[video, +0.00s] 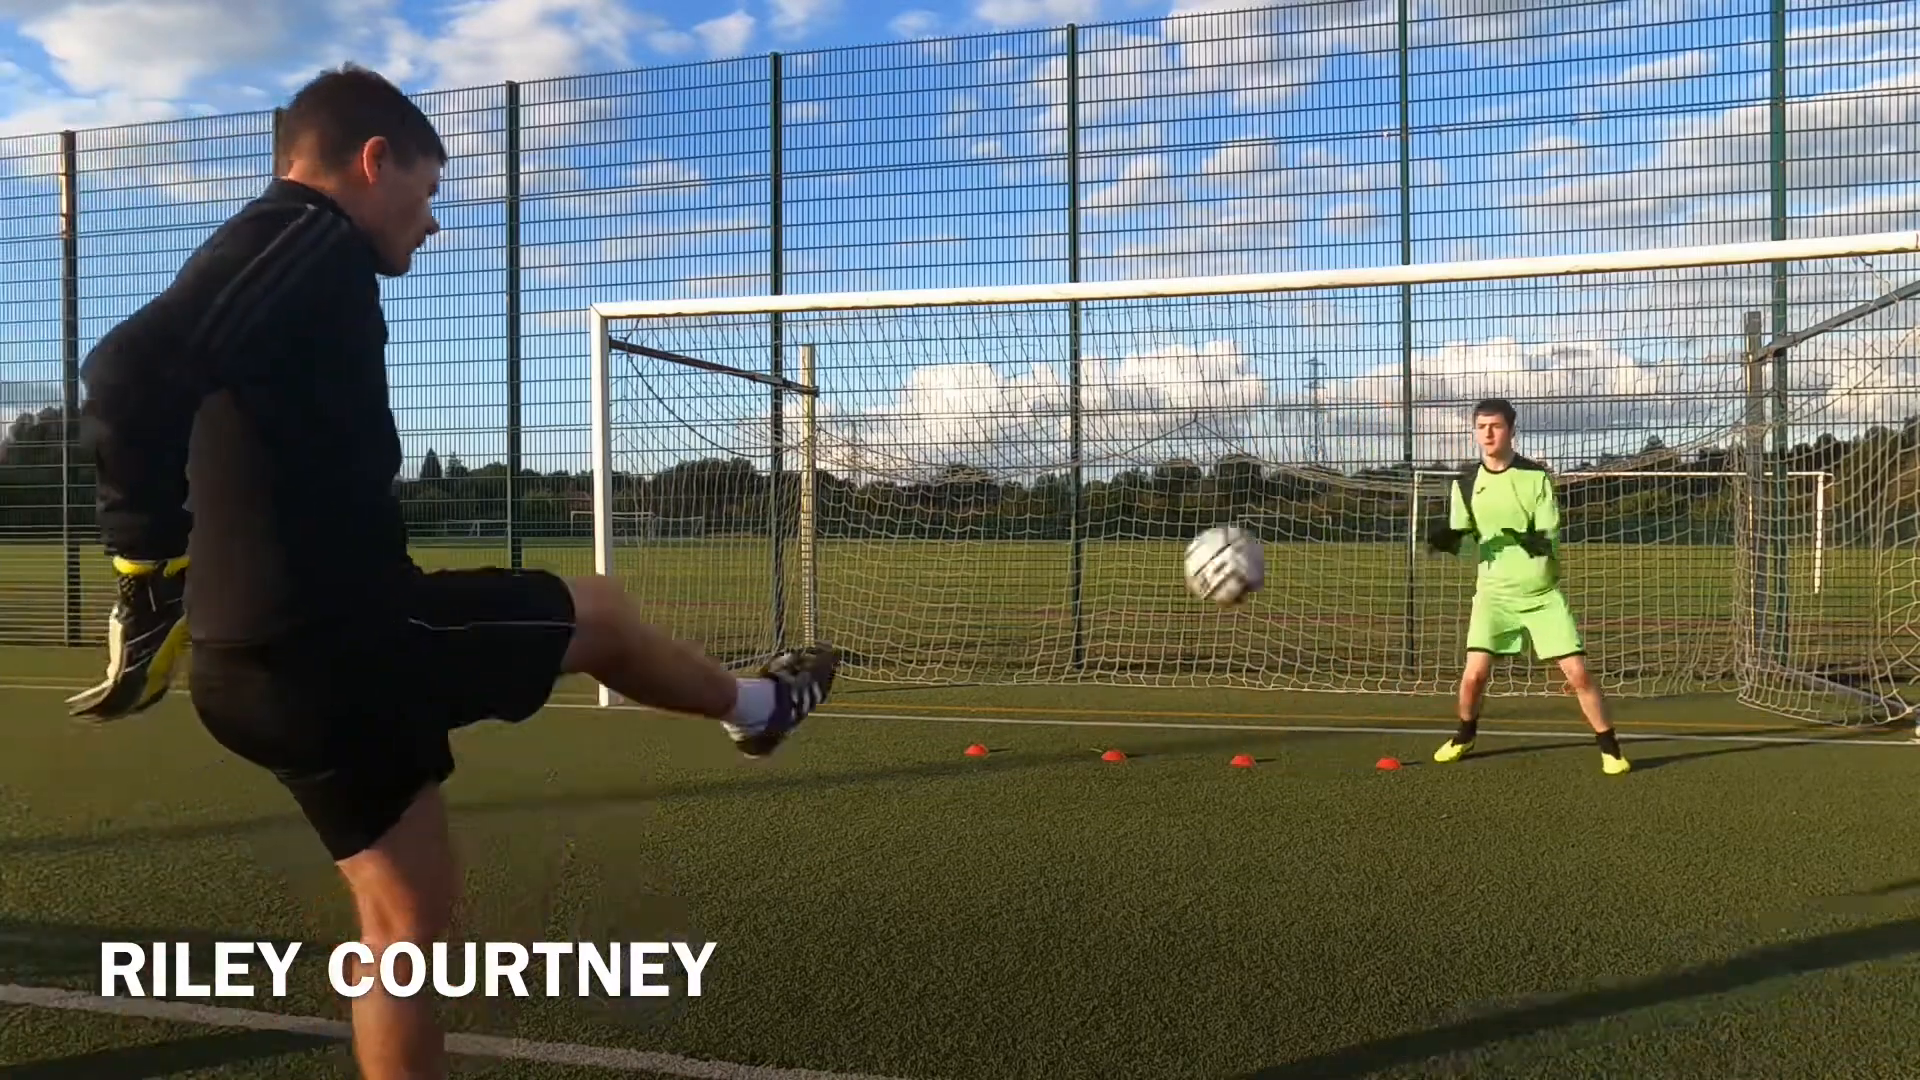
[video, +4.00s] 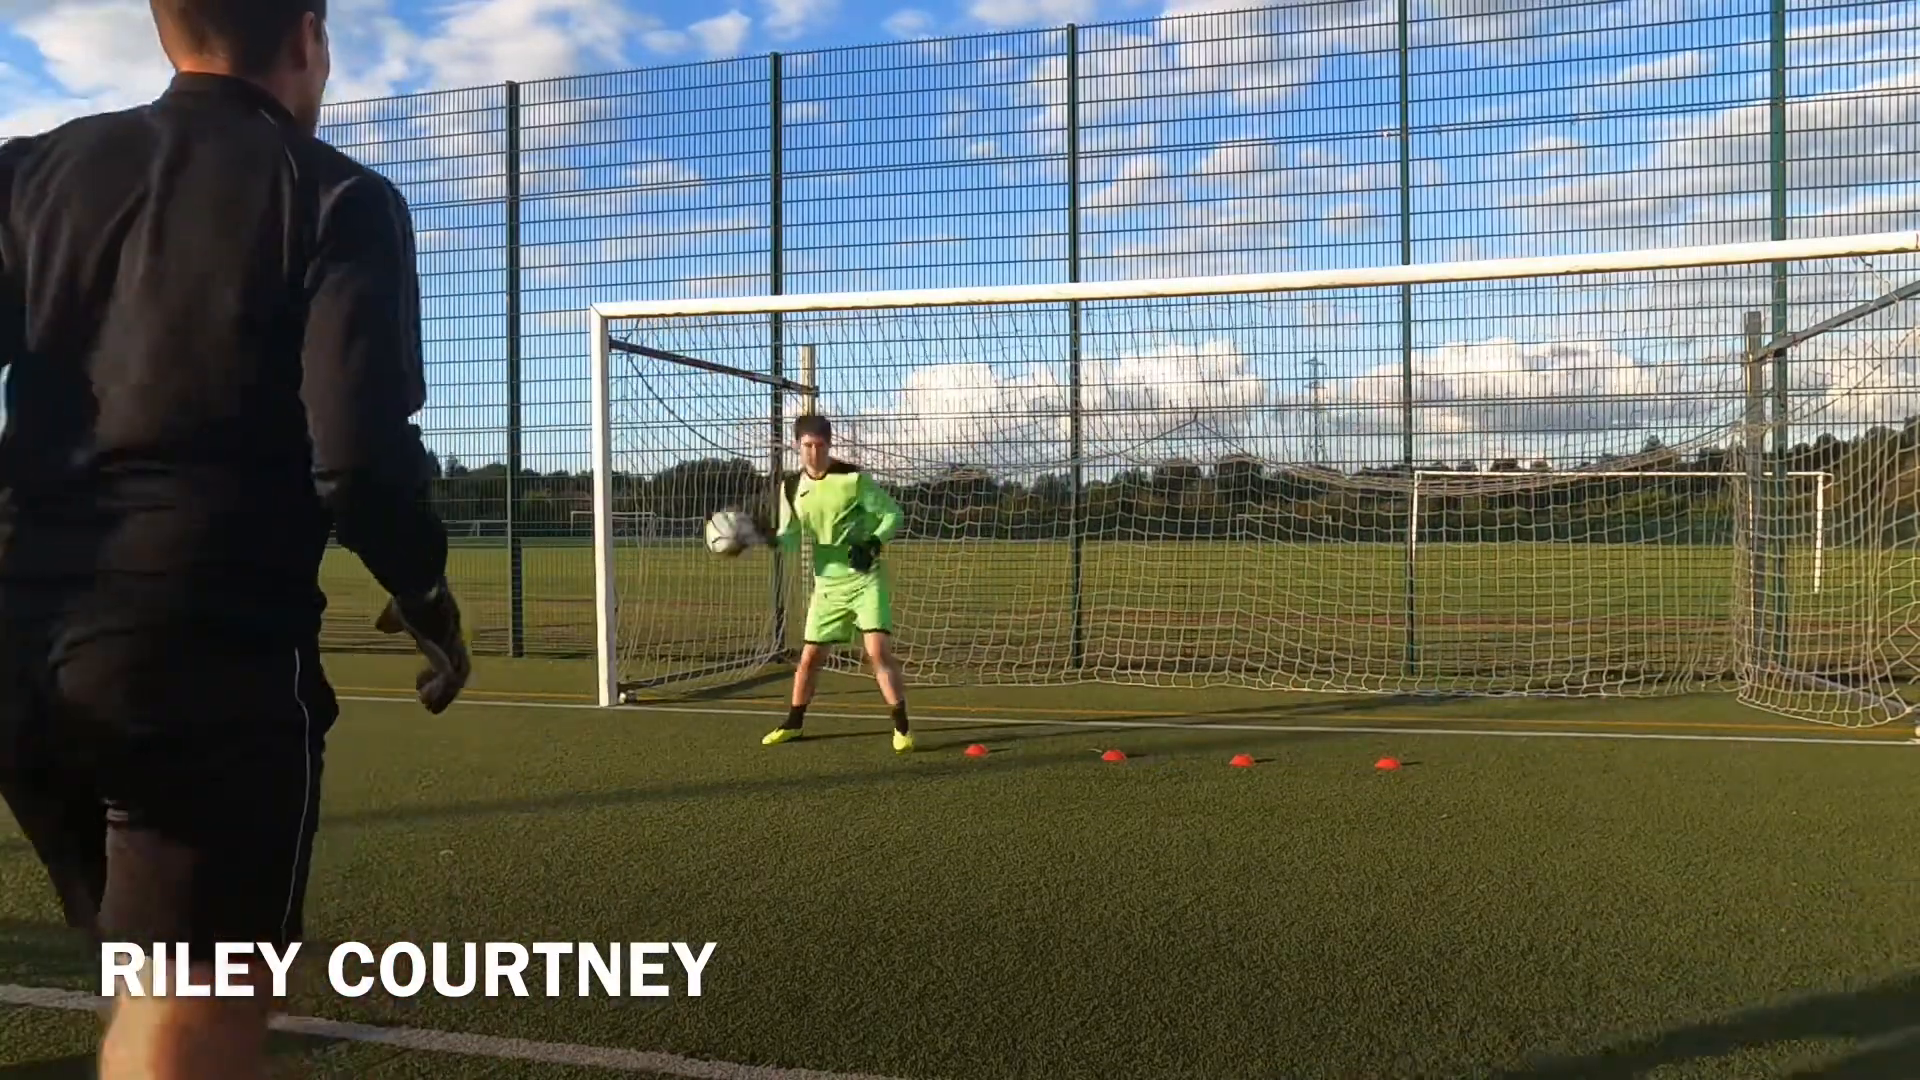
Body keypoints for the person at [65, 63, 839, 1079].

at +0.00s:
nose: (432, 219)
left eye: (434, 196)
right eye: (426, 189)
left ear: (339, 164)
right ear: (368, 162)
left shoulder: (272, 242)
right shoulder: (308, 235)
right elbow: (129, 369)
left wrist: (154, 579)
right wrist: (148, 556)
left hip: (252, 661)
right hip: (336, 643)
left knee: (406, 923)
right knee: (598, 613)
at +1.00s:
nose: (397, 48)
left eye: (397, 20)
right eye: (390, 15)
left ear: (229, 19)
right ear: (340, 11)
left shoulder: (81, 166)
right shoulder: (352, 167)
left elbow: (4, 410)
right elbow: (318, 449)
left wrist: (61, 561)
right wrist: (413, 601)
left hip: (62, 633)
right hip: (234, 642)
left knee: (167, 979)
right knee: (252, 1009)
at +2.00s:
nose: (205, 130)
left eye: (209, 98)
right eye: (202, 92)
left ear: (47, 64)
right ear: (139, 64)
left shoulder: (34, 192)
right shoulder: (69, 220)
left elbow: (5, 530)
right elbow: (5, 533)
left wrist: (72, 682)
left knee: (58, 1033)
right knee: (55, 1040)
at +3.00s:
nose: (306, 225)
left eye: (308, 205)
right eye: (309, 200)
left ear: (170, 169)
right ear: (277, 169)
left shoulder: (42, 277)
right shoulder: (265, 248)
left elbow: (18, 474)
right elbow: (191, 427)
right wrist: (195, 654)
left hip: (49, 687)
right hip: (212, 679)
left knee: (218, 927)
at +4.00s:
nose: (328, 66)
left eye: (325, 43)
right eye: (326, 41)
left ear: (172, 40)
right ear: (306, 36)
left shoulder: (26, 172)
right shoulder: (335, 198)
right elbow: (356, 455)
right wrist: (424, 593)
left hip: (24, 642)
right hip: (213, 647)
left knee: (165, 986)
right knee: (175, 1006)